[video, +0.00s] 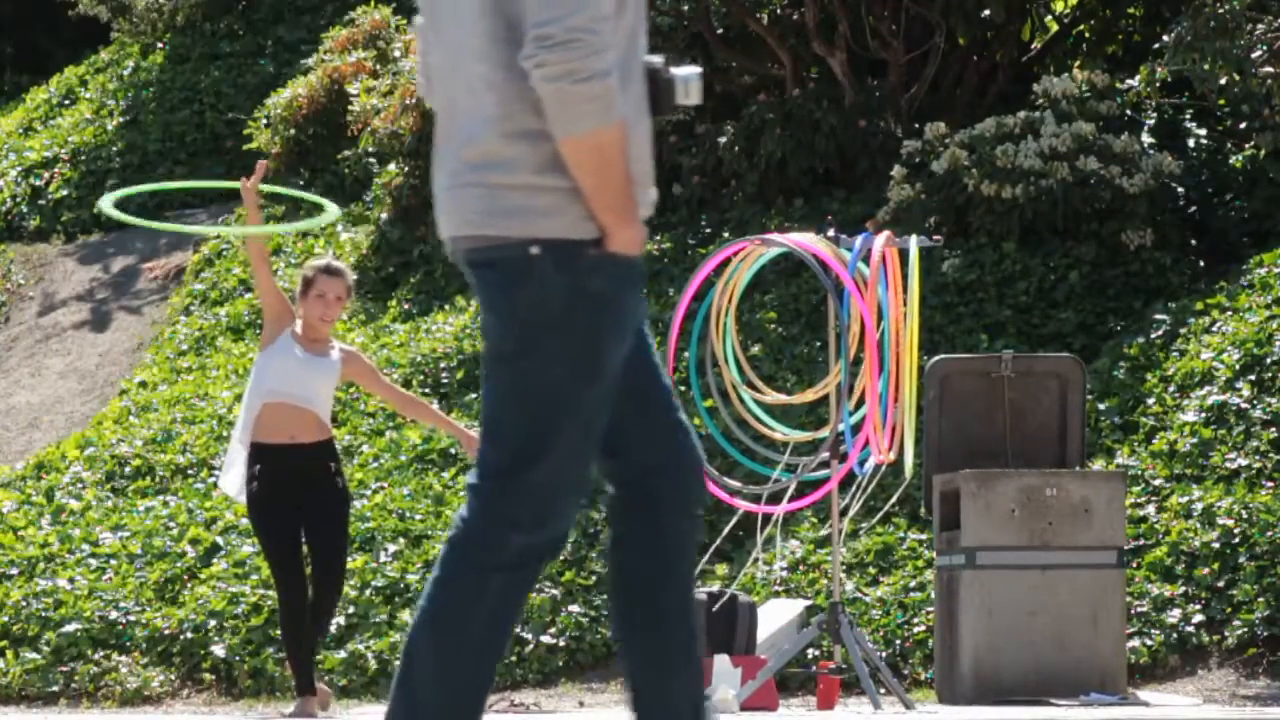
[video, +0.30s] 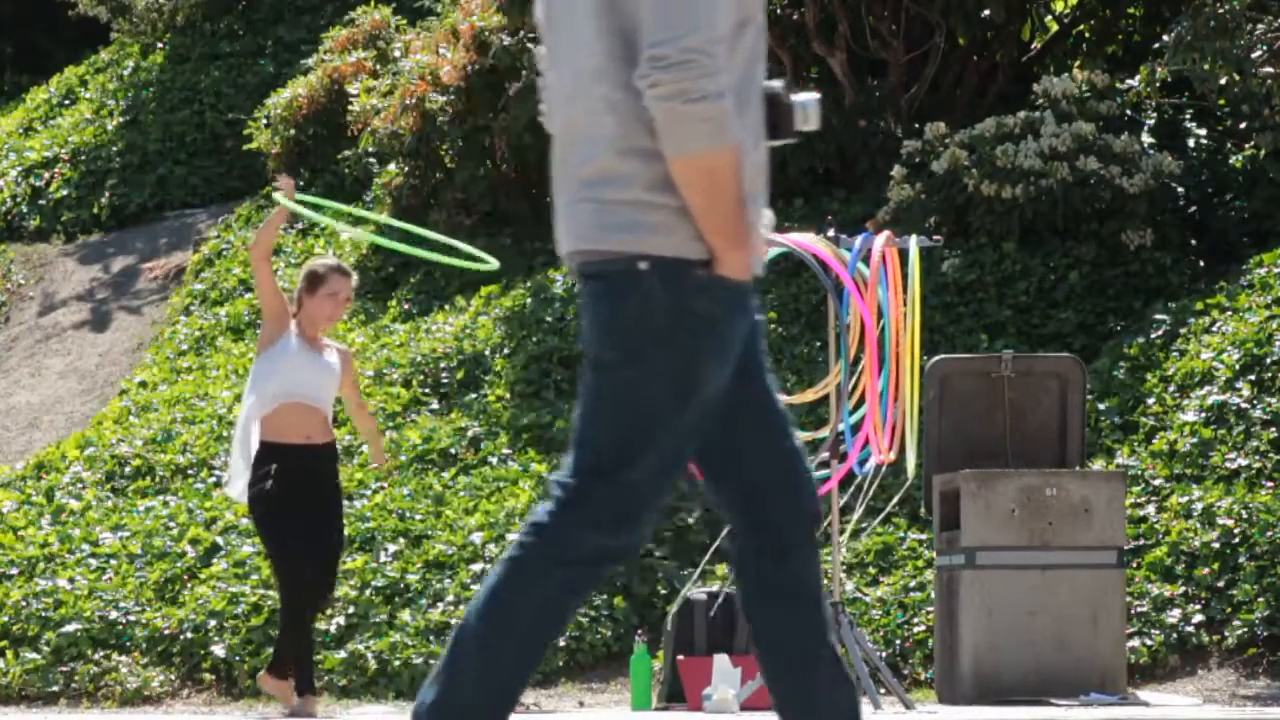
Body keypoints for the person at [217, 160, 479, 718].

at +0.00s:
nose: (327, 306)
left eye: (336, 300)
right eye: (320, 296)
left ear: (345, 306)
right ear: (301, 296)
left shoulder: (344, 357)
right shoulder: (279, 323)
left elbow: (401, 400)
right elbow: (259, 261)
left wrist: (460, 433)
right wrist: (251, 202)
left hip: (319, 466)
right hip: (265, 466)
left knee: (329, 583)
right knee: (291, 588)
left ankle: (302, 664)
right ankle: (306, 694)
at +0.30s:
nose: (343, 307)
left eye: (347, 300)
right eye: (336, 297)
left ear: (344, 306)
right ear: (308, 294)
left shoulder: (339, 357)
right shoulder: (277, 325)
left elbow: (360, 411)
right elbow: (260, 252)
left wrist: (379, 455)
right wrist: (284, 206)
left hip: (321, 466)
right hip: (274, 463)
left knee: (321, 585)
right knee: (296, 585)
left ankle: (278, 672)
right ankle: (305, 696)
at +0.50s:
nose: (343, 303)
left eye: (347, 295)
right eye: (337, 293)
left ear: (334, 302)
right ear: (306, 293)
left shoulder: (330, 349)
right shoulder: (278, 329)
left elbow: (318, 412)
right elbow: (260, 254)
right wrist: (303, 217)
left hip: (321, 467)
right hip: (281, 464)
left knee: (307, 583)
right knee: (298, 582)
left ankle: (274, 686)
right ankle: (306, 693)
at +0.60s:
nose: (345, 302)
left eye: (345, 294)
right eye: (339, 293)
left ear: (317, 298)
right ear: (308, 294)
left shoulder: (317, 348)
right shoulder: (280, 335)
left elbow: (288, 416)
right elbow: (268, 257)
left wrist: (237, 455)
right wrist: (318, 223)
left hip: (312, 467)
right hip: (283, 464)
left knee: (304, 585)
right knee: (300, 583)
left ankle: (302, 693)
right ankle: (279, 694)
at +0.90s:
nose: (325, 296)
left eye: (324, 288)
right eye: (318, 287)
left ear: (283, 292)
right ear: (297, 290)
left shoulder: (271, 336)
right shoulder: (287, 324)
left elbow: (232, 392)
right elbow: (333, 283)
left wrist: (233, 414)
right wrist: (369, 254)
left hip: (264, 474)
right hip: (292, 473)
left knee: (280, 587)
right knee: (314, 585)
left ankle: (270, 695)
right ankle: (317, 692)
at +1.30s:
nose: (253, 302)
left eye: (254, 295)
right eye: (254, 295)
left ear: (262, 300)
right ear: (302, 296)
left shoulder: (249, 350)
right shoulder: (329, 338)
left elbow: (231, 406)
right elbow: (365, 349)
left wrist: (300, 411)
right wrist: (335, 321)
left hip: (249, 478)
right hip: (305, 478)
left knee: (261, 588)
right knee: (298, 586)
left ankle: (267, 694)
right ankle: (314, 689)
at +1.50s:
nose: (256, 308)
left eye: (261, 300)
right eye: (255, 300)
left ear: (284, 300)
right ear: (297, 300)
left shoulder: (263, 347)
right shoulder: (334, 340)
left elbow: (273, 412)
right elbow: (333, 391)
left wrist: (325, 409)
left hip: (263, 473)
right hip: (312, 473)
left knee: (263, 581)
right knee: (274, 579)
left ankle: (269, 689)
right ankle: (292, 681)